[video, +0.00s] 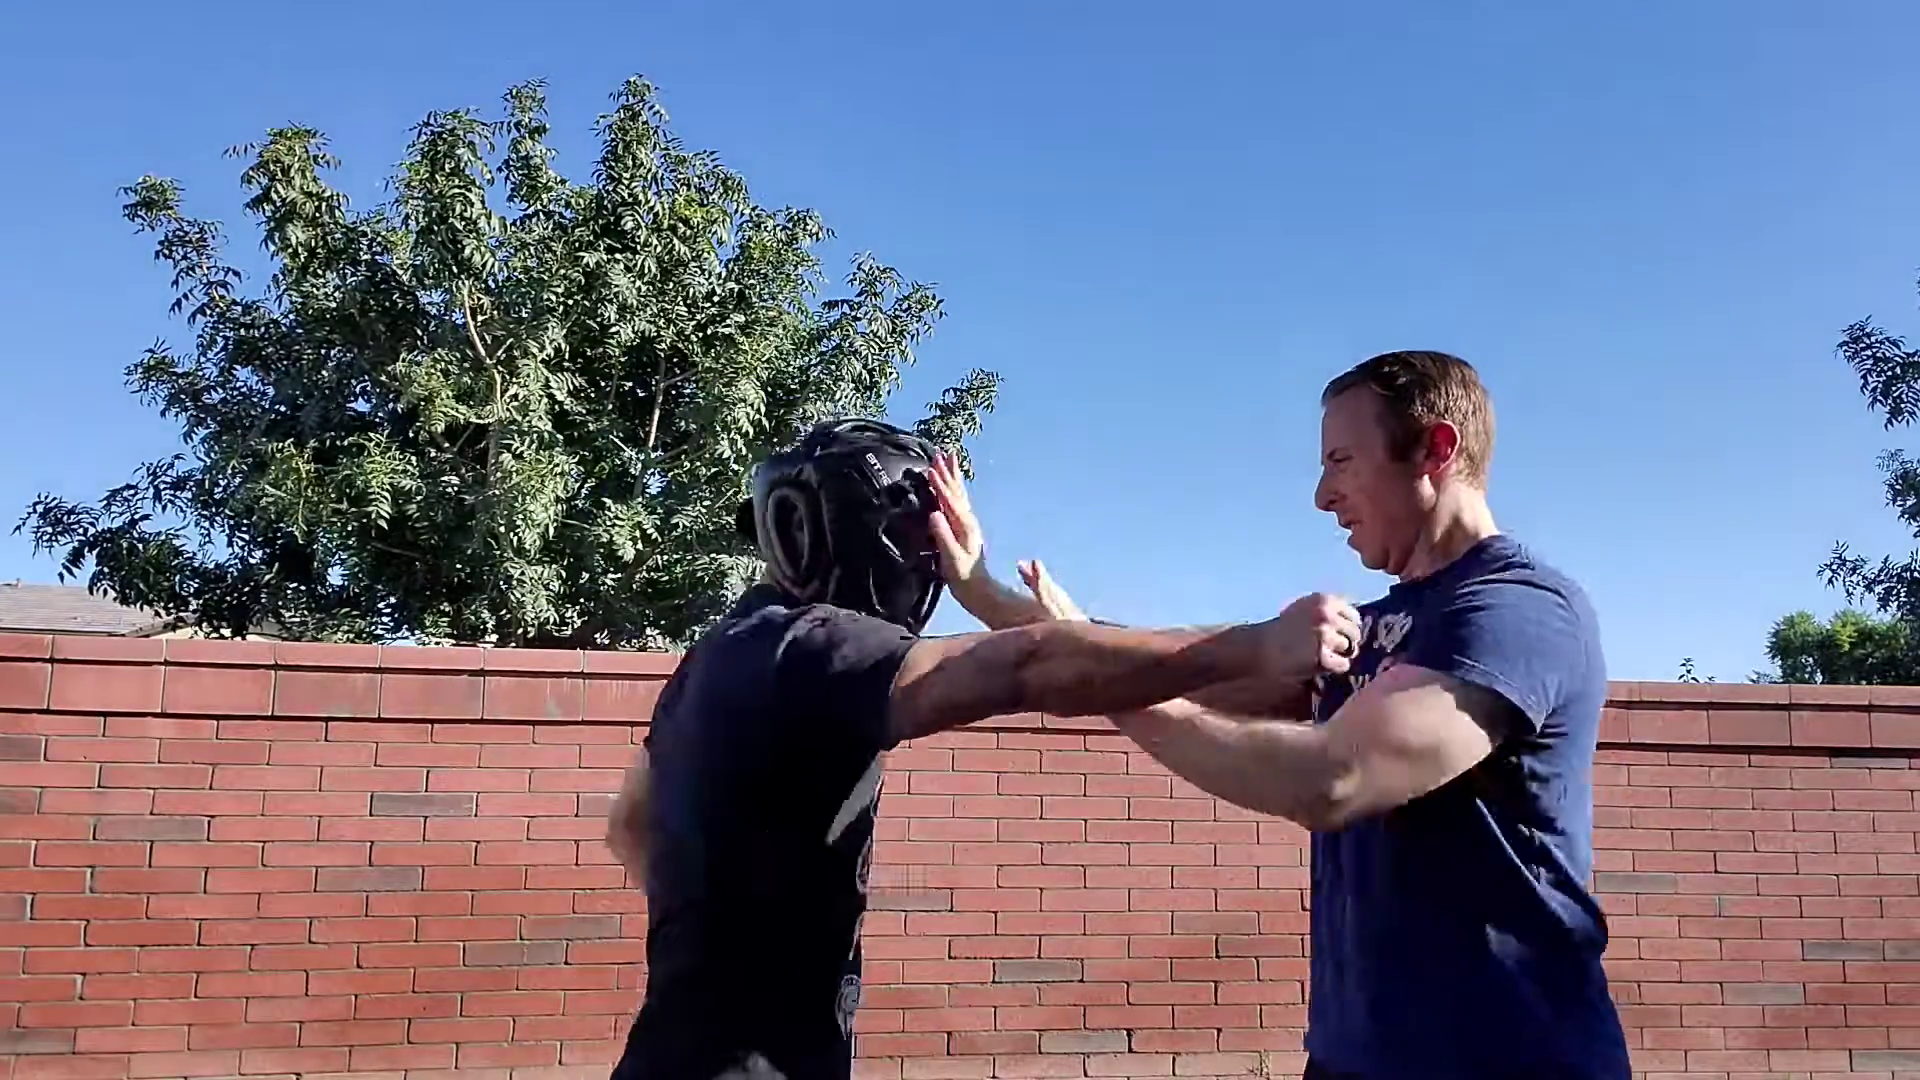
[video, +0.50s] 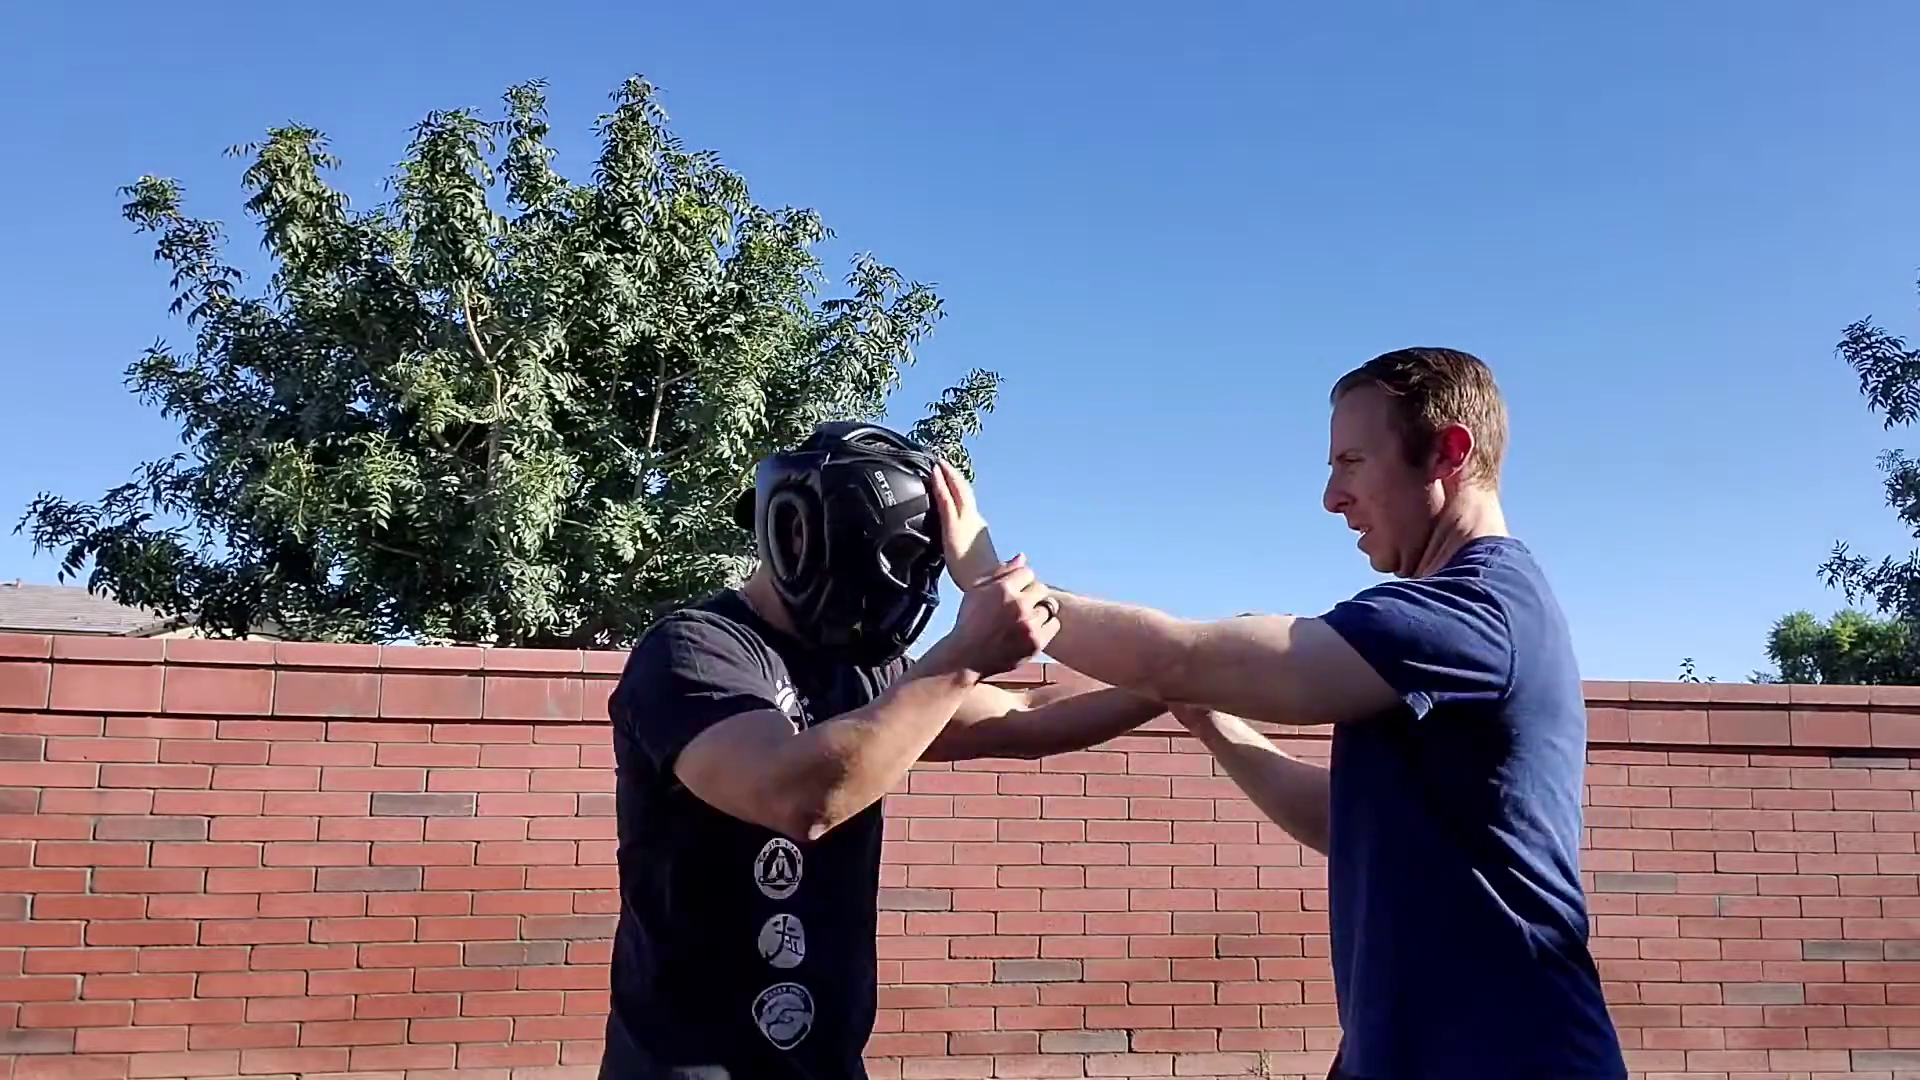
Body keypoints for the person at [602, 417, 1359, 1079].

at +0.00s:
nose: (939, 549)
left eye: (939, 527)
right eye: (929, 525)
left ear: (801, 533)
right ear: (880, 531)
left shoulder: (718, 656)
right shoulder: (817, 649)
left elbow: (628, 824)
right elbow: (1018, 669)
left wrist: (719, 918)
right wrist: (1258, 651)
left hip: (677, 1048)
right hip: (766, 1056)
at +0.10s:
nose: (927, 562)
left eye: (930, 535)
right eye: (917, 535)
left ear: (796, 524)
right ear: (862, 531)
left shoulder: (726, 648)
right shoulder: (793, 655)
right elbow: (1021, 679)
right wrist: (1247, 659)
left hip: (671, 1054)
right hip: (758, 1060)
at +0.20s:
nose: (915, 557)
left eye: (918, 532)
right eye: (903, 527)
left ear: (814, 515)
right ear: (818, 513)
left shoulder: (816, 658)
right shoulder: (704, 649)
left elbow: (909, 769)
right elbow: (876, 807)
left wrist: (1095, 751)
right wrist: (1075, 742)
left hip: (810, 1047)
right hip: (696, 1055)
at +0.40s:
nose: (904, 575)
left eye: (915, 550)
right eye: (885, 544)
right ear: (800, 525)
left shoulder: (883, 676)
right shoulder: (655, 659)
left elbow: (1047, 686)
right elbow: (587, 871)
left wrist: (1194, 659)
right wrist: (778, 845)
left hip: (840, 1057)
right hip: (685, 1059)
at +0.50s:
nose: (909, 584)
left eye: (918, 561)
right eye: (892, 557)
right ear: (804, 540)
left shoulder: (861, 671)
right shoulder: (686, 655)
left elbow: (1022, 715)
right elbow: (803, 797)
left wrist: (1162, 689)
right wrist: (961, 657)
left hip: (827, 1054)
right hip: (690, 1056)